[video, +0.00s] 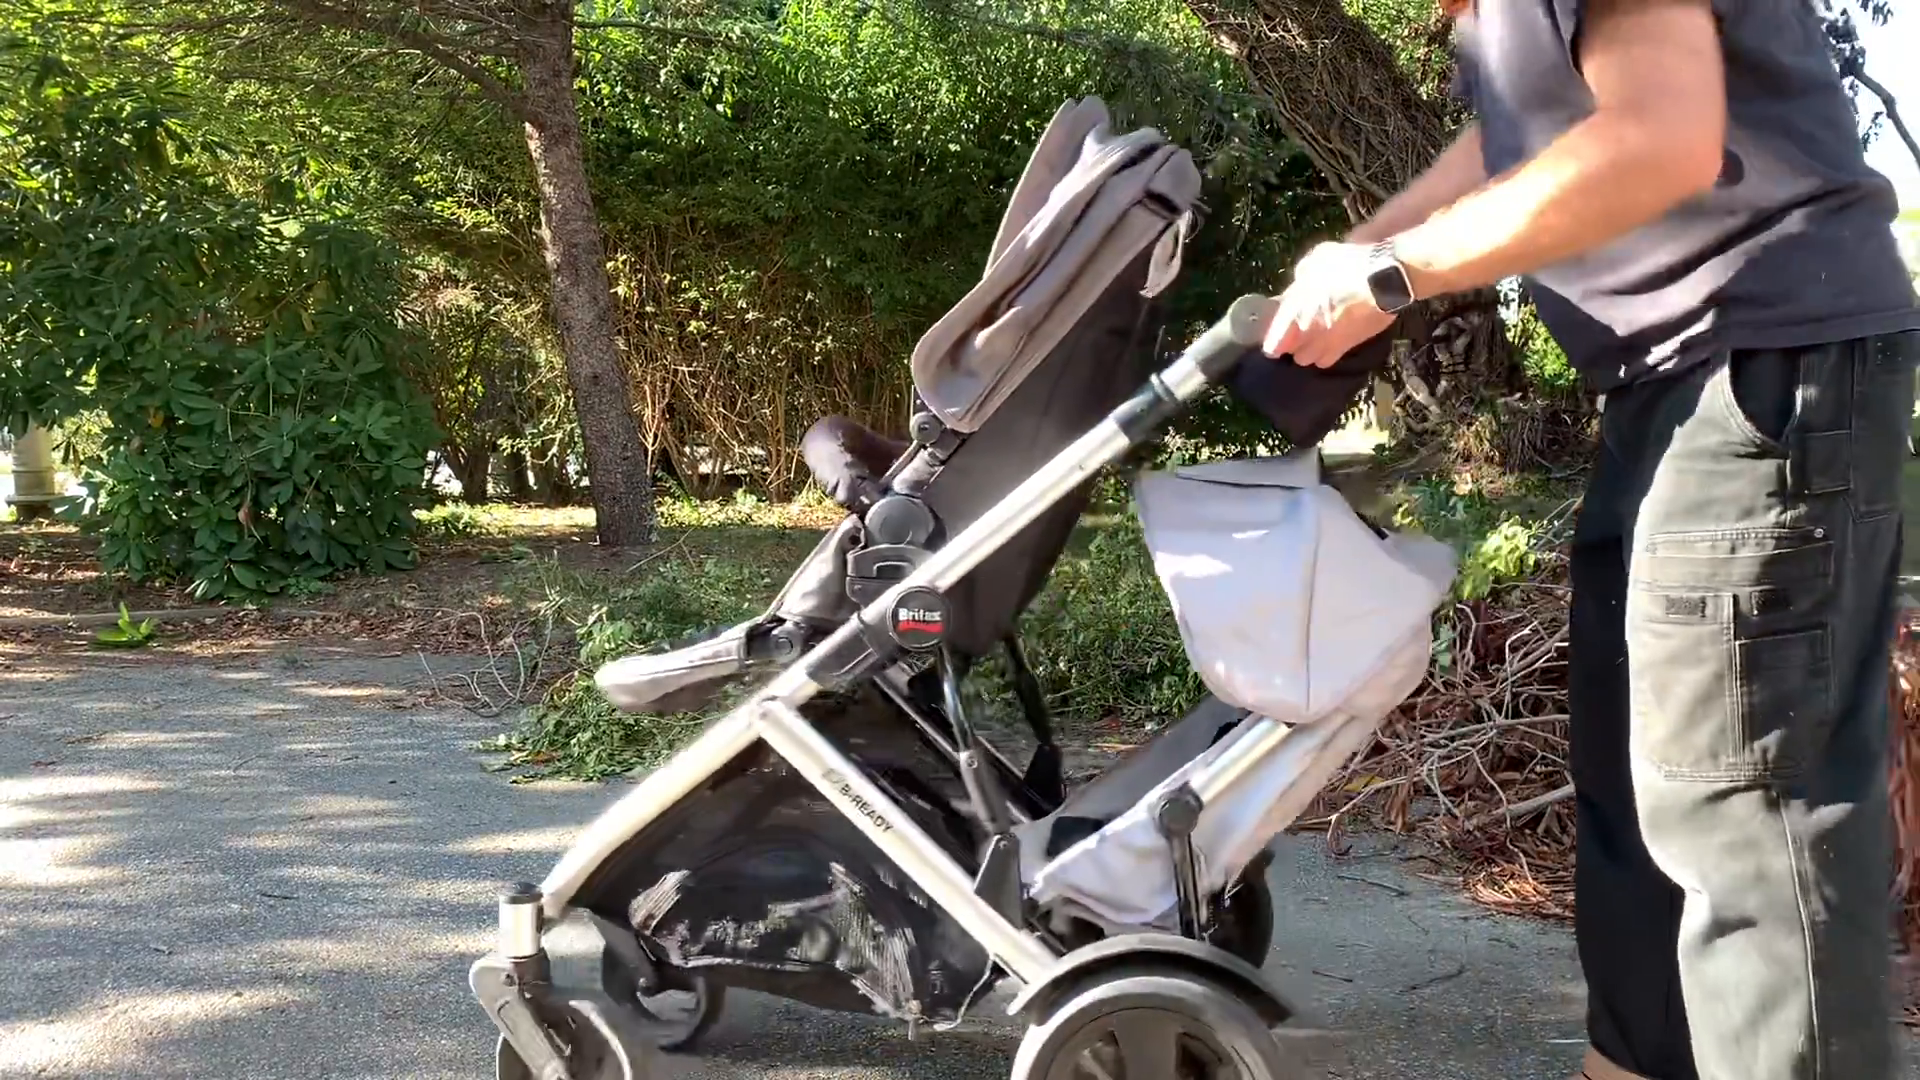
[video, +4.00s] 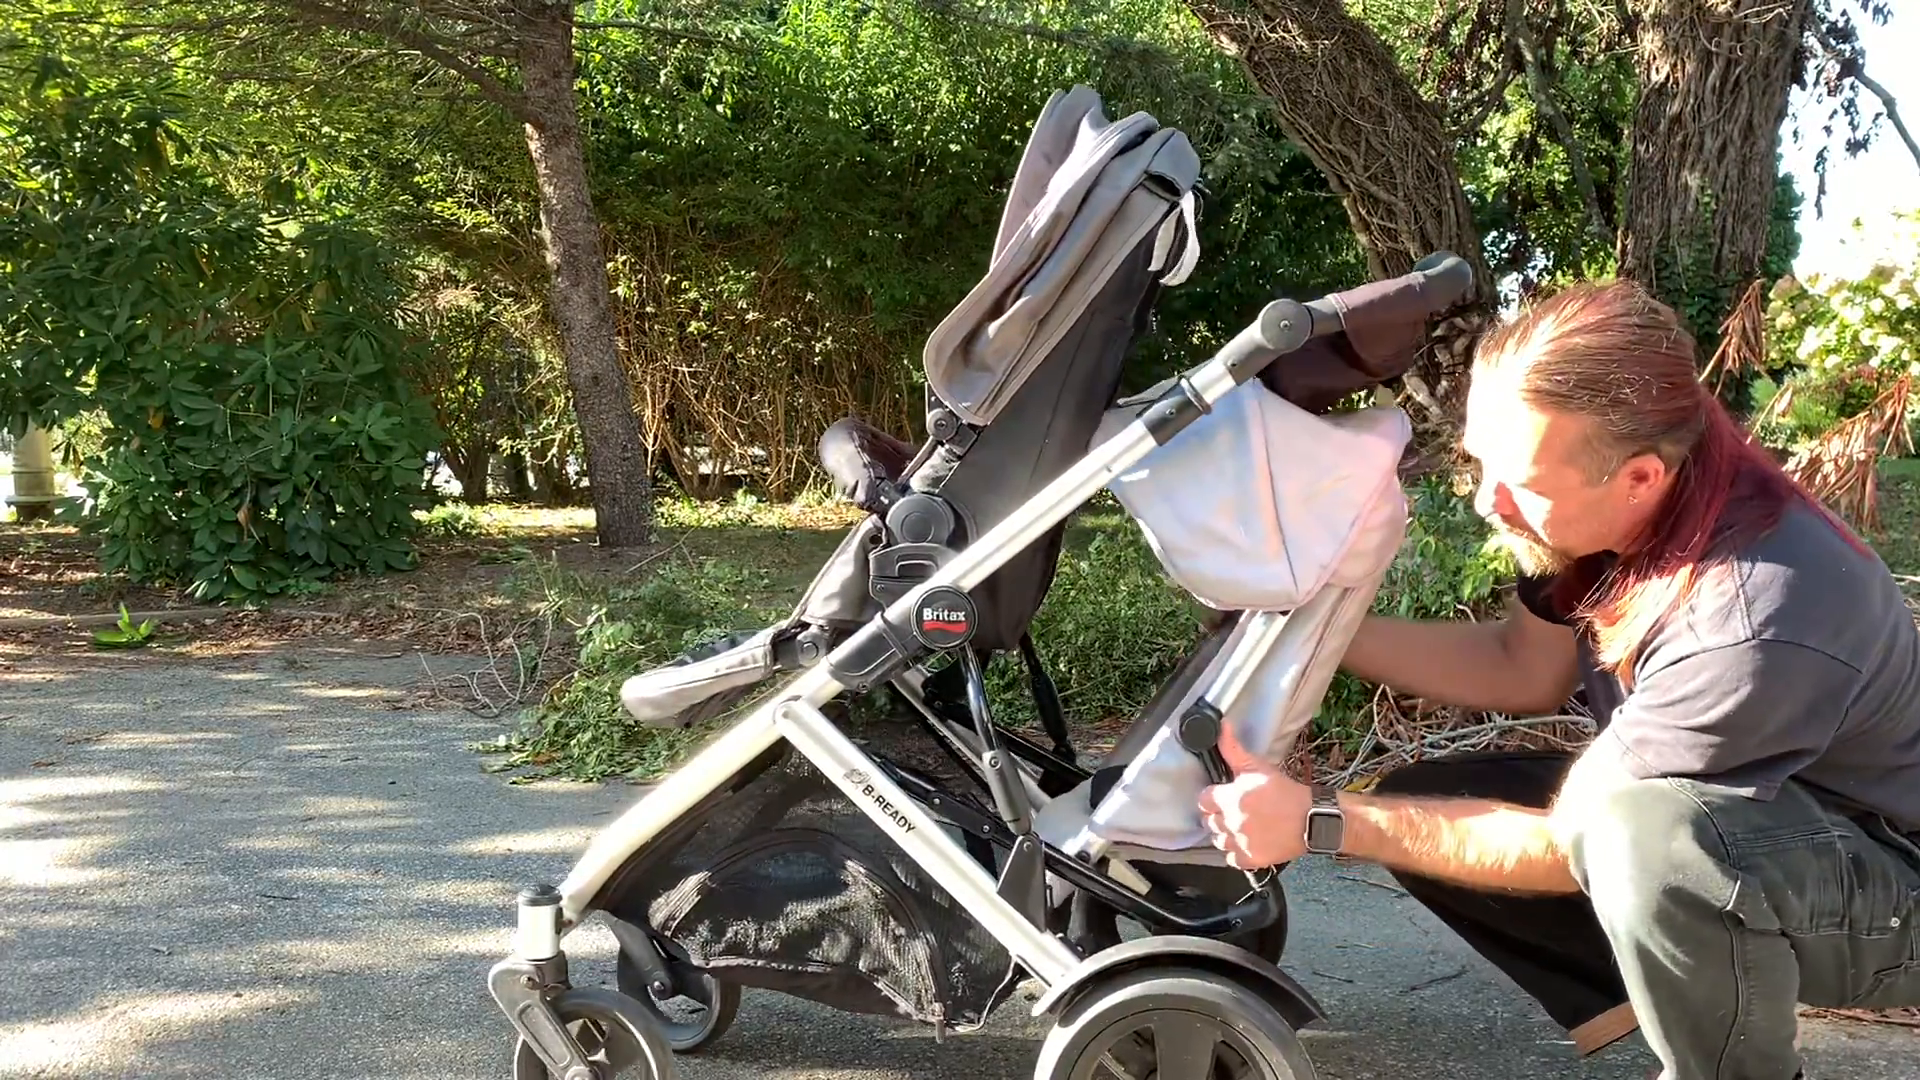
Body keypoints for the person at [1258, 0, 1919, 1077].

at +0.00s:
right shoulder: (1525, 9)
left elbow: (1663, 139)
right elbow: (1526, 126)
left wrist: (1396, 275)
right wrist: (1367, 252)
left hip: (1779, 354)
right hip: (1665, 365)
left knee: (1749, 795)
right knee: (1636, 776)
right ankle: (1640, 1048)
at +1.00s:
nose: (1462, 329)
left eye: (1488, 303)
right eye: (1451, 297)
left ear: (1609, 264)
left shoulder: (1727, 420)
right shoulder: (1577, 311)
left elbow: (1506, 729)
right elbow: (1509, 460)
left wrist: (1262, 846)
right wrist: (1372, 657)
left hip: (1861, 646)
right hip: (1698, 621)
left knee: (1663, 821)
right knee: (1461, 792)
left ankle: (1737, 1053)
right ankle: (1680, 1031)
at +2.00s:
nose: (1422, 564)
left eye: (1453, 537)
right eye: (1409, 532)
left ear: (1563, 518)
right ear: (1397, 492)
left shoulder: (1687, 608)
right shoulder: (1533, 539)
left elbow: (1462, 852)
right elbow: (1373, 722)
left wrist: (1200, 924)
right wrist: (1181, 842)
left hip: (1881, 843)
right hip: (1718, 781)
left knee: (1631, 833)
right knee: (1413, 798)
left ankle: (1728, 1062)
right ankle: (1646, 1021)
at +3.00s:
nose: (1435, 519)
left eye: (1465, 493)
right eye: (1425, 484)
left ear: (1576, 478)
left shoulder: (1704, 584)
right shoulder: (1547, 526)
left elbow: (1546, 867)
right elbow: (1417, 680)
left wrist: (1289, 919)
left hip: (1881, 845)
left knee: (1666, 827)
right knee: (1392, 833)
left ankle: (1722, 1060)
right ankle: (1649, 1038)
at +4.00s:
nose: (1488, 505)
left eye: (1521, 485)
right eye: (1485, 471)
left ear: (1639, 483)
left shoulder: (1751, 627)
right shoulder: (1615, 515)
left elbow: (1560, 849)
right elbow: (1522, 664)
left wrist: (1322, 824)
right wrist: (1312, 624)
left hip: (1894, 874)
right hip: (1748, 804)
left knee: (1650, 836)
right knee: (1409, 808)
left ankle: (1725, 1070)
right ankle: (1667, 1025)